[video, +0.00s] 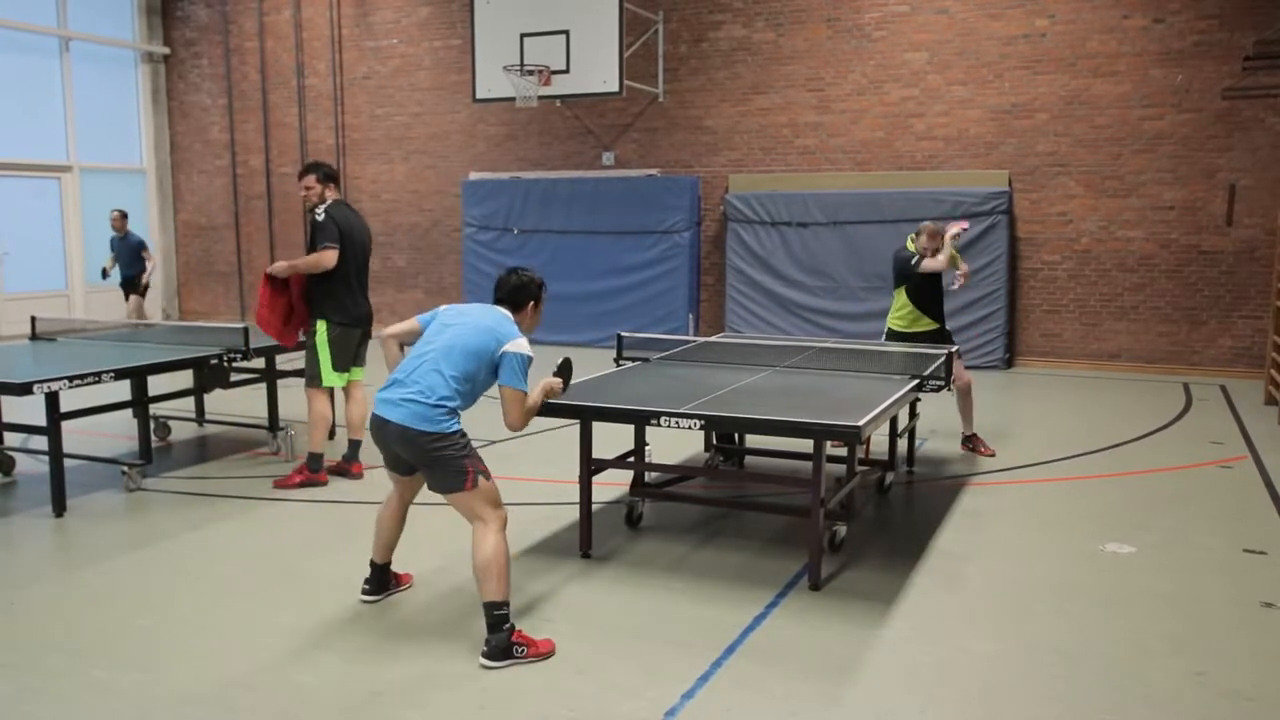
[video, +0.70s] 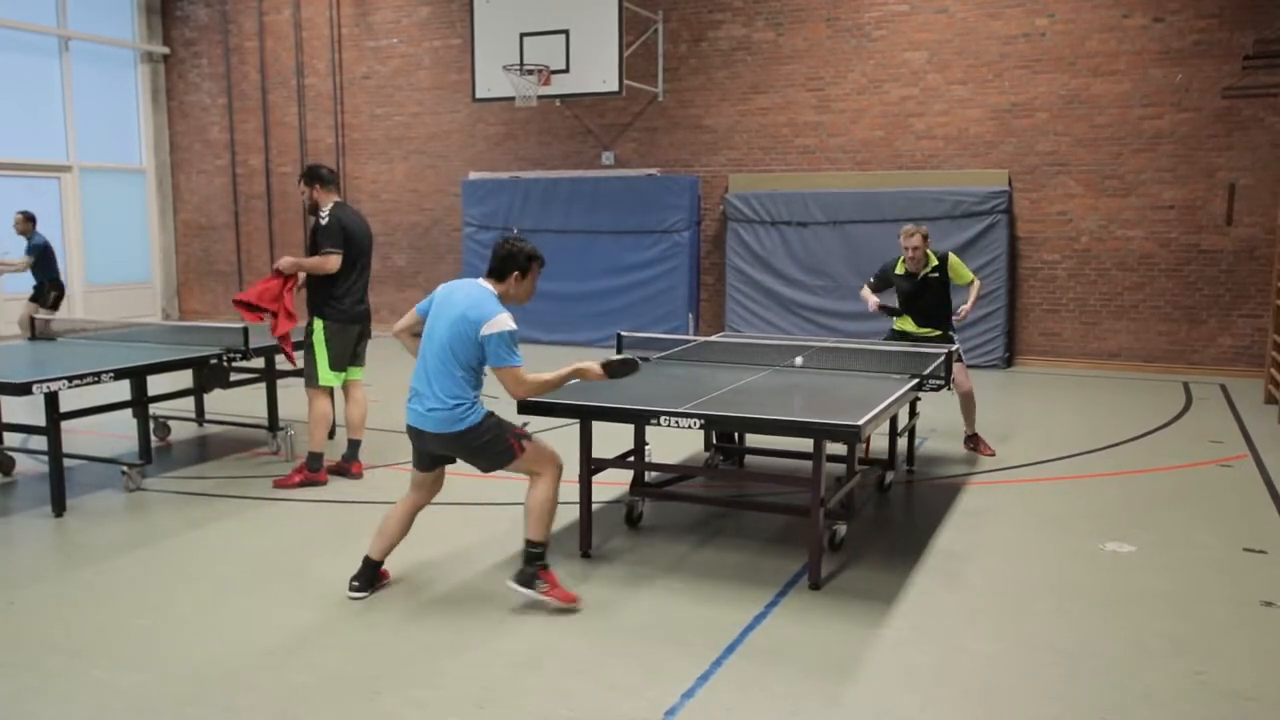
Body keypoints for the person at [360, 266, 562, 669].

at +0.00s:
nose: (540, 315)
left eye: (540, 307)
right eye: (540, 307)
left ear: (499, 299)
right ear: (530, 306)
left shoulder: (454, 311)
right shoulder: (513, 339)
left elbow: (390, 334)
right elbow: (515, 420)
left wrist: (403, 390)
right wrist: (543, 390)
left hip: (385, 417)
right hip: (430, 427)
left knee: (404, 486)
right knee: (490, 518)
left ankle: (378, 578)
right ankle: (500, 638)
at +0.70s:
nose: (533, 290)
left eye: (535, 281)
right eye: (533, 281)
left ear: (497, 272)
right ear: (515, 277)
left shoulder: (450, 289)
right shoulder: (496, 318)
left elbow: (403, 329)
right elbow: (520, 388)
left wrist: (439, 362)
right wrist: (575, 371)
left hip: (420, 420)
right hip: (461, 422)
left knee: (421, 490)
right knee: (547, 464)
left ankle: (366, 573)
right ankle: (534, 569)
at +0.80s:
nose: (565, 288)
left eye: (566, 280)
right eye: (564, 280)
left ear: (533, 272)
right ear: (543, 276)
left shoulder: (475, 283)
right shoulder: (525, 314)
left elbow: (425, 312)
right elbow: (559, 384)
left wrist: (453, 351)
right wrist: (618, 374)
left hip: (443, 413)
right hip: (487, 417)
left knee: (422, 491)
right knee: (561, 471)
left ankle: (366, 573)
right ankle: (600, 562)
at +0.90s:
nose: (603, 293)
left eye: (605, 285)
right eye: (603, 284)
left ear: (573, 273)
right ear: (583, 279)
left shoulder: (515, 280)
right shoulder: (572, 323)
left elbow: (456, 302)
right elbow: (612, 385)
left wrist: (476, 355)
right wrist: (670, 374)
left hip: (475, 409)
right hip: (523, 417)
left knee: (433, 492)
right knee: (585, 478)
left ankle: (374, 572)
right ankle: (623, 563)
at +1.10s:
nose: (655, 308)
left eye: (655, 301)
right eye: (655, 302)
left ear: (616, 289)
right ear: (644, 301)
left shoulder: (572, 300)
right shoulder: (635, 346)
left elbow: (514, 327)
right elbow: (665, 384)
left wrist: (505, 381)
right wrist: (712, 365)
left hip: (526, 427)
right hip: (578, 438)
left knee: (480, 499)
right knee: (634, 464)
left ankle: (422, 578)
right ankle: (629, 562)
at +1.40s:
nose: (623, 253)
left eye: (622, 247)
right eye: (623, 248)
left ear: (579, 246)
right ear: (616, 251)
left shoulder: (534, 276)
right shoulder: (619, 304)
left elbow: (495, 331)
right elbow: (622, 384)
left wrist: (503, 386)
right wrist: (659, 372)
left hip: (529, 417)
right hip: (585, 421)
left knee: (523, 506)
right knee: (614, 490)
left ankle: (515, 603)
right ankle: (636, 559)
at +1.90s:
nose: (631, 273)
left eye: (630, 264)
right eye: (632, 265)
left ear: (582, 258)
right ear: (624, 266)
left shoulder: (537, 299)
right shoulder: (611, 314)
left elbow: (485, 357)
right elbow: (649, 397)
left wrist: (493, 423)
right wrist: (729, 421)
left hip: (517, 461)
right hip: (578, 464)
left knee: (465, 558)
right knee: (650, 553)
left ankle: (385, 654)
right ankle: (688, 681)